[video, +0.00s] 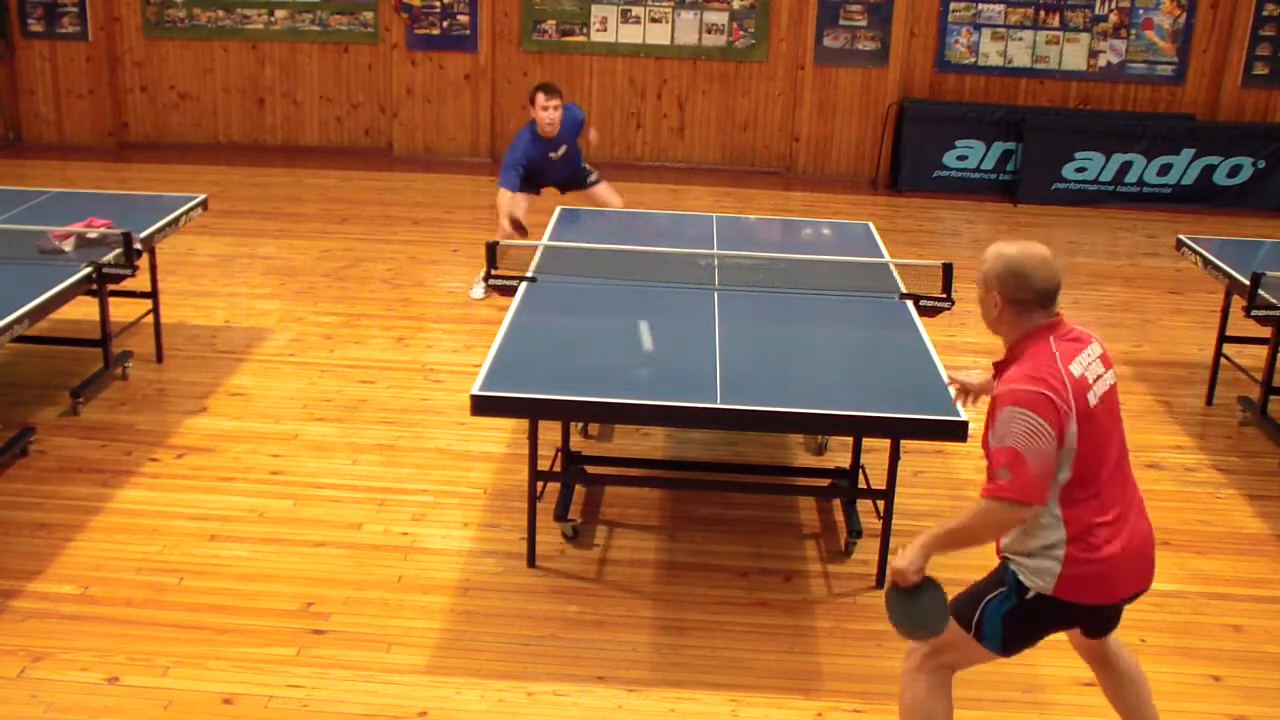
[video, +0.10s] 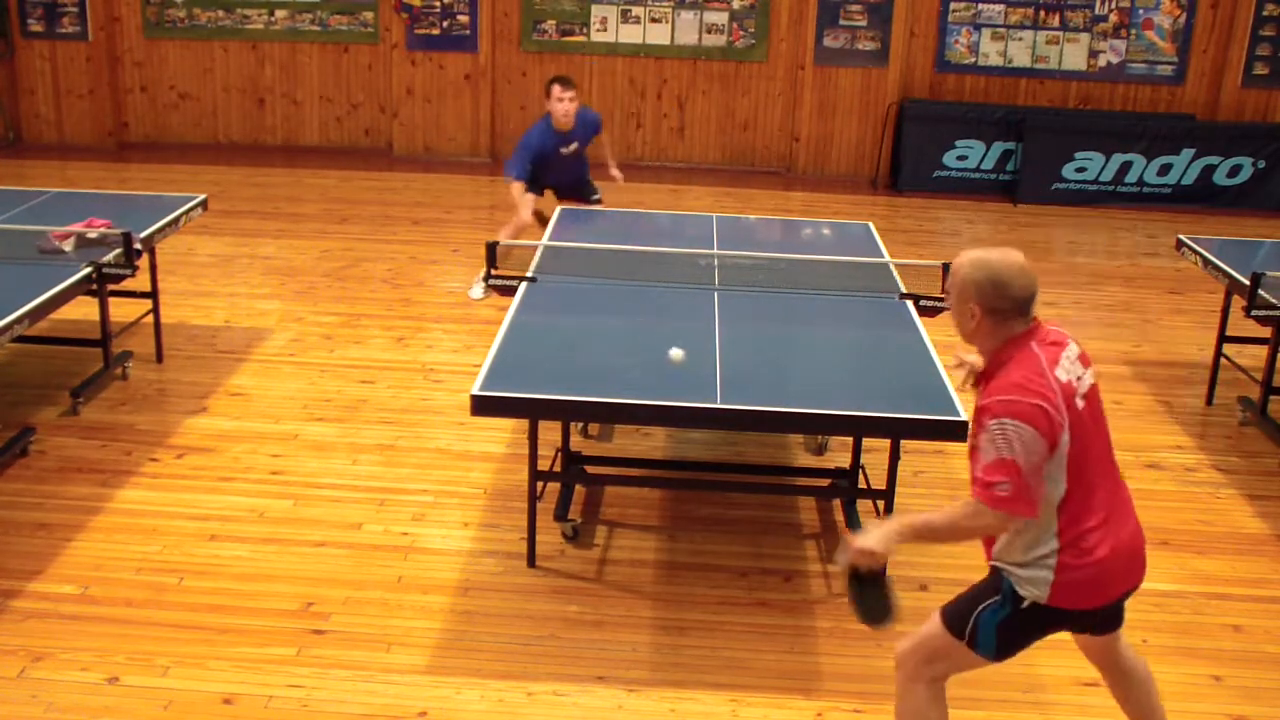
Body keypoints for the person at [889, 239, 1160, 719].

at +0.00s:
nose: (977, 295)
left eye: (980, 287)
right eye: (980, 285)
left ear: (996, 303)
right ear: (1050, 294)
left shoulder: (1028, 387)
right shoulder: (1080, 340)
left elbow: (1012, 504)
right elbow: (1040, 373)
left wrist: (925, 546)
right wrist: (991, 383)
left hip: (1066, 573)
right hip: (1124, 551)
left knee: (927, 660)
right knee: (1095, 639)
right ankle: (1146, 718)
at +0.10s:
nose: (948, 308)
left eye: (952, 300)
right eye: (950, 298)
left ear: (975, 314)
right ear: (1024, 302)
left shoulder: (1013, 400)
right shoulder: (1055, 340)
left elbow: (998, 511)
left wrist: (895, 531)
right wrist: (993, 372)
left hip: (1059, 574)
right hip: (1114, 546)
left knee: (917, 664)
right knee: (1108, 649)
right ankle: (1154, 719)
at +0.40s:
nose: (935, 292)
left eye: (940, 285)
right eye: (937, 282)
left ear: (956, 306)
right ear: (1017, 306)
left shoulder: (914, 378)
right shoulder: (1062, 385)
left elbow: (885, 330)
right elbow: (1098, 458)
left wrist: (923, 286)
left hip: (972, 618)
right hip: (1066, 606)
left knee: (862, 687)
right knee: (1053, 658)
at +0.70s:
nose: (969, 310)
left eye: (972, 302)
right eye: (975, 298)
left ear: (980, 320)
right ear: (1052, 320)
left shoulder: (952, 416)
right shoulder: (1109, 401)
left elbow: (899, 508)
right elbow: (1152, 501)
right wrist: (1123, 560)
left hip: (980, 647)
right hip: (1084, 657)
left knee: (901, 693)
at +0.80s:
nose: (974, 304)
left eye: (976, 296)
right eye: (978, 293)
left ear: (983, 314)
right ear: (1057, 313)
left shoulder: (957, 411)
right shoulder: (1116, 392)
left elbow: (903, 524)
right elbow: (1163, 487)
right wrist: (1155, 563)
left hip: (1000, 647)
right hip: (1104, 655)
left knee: (929, 701)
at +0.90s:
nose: (984, 304)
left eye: (987, 296)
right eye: (989, 293)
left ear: (995, 315)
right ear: (1067, 314)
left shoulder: (974, 413)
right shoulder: (1127, 392)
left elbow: (910, 528)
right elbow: (1176, 487)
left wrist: (900, 529)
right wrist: (1165, 552)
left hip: (1022, 639)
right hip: (1125, 641)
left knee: (932, 709)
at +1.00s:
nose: (1008, 322)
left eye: (1009, 313)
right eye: (1011, 310)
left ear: (1018, 327)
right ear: (1088, 325)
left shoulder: (1004, 423)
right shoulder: (1142, 396)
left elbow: (934, 540)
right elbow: (1178, 489)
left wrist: (900, 534)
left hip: (1052, 644)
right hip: (1149, 642)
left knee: (939, 712)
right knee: (1118, 712)